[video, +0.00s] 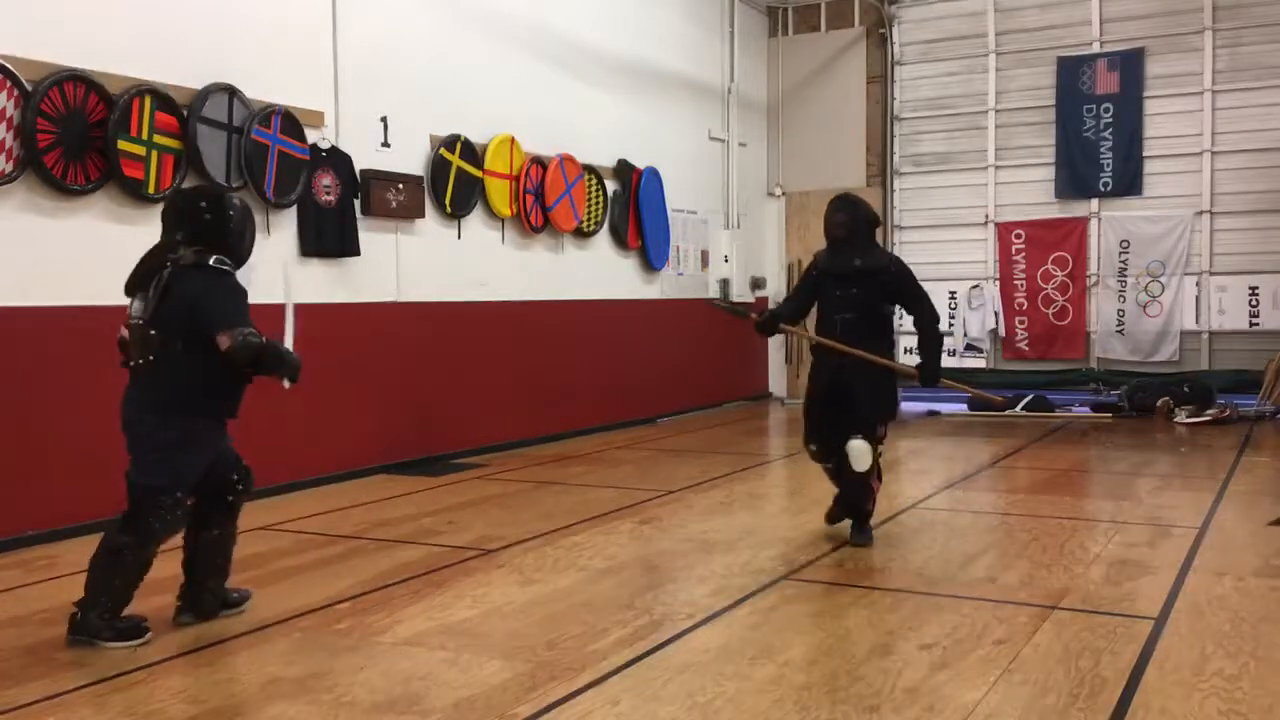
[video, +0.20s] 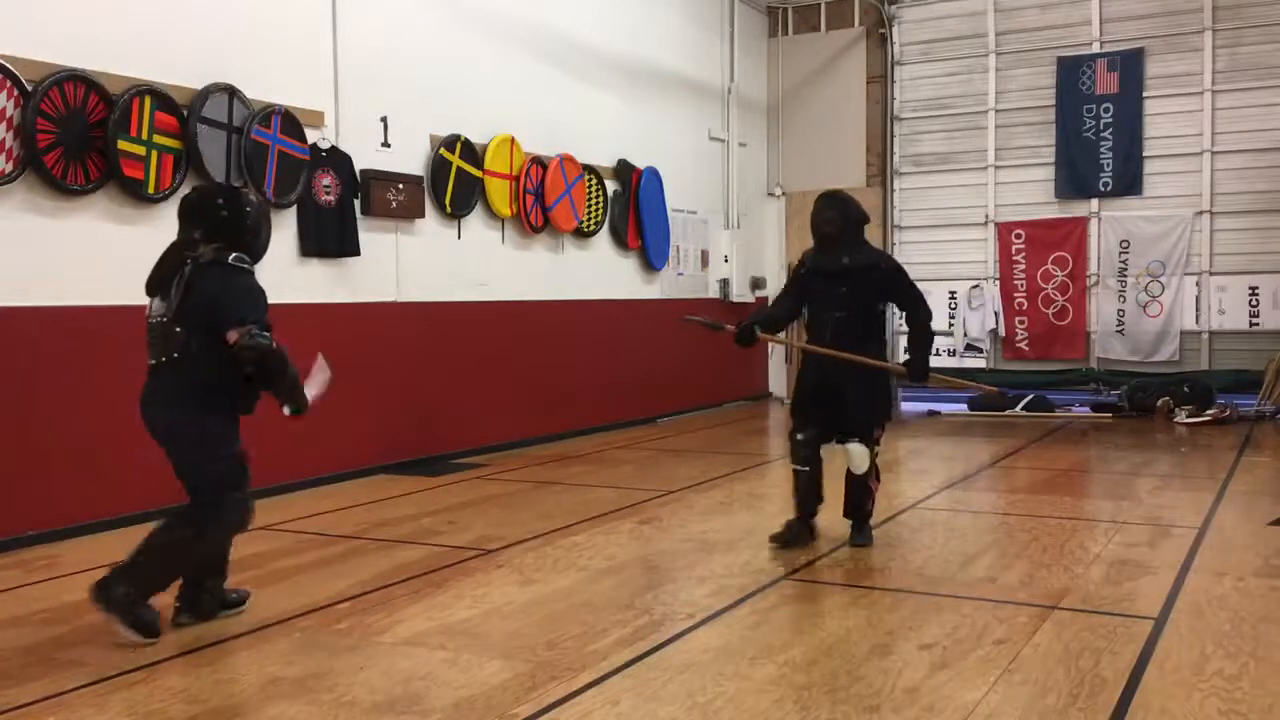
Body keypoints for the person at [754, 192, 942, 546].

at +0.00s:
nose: (831, 222)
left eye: (839, 215)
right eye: (830, 216)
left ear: (859, 221)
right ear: (827, 221)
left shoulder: (886, 266)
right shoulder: (823, 263)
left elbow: (925, 313)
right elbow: (799, 300)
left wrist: (929, 363)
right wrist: (774, 317)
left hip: (871, 366)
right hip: (827, 365)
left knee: (861, 443)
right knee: (819, 443)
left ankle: (861, 521)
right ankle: (850, 490)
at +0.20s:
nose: (823, 226)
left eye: (830, 218)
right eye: (819, 219)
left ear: (848, 221)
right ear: (813, 222)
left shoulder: (877, 265)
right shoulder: (810, 265)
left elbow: (917, 310)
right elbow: (787, 305)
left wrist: (918, 359)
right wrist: (757, 324)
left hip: (863, 370)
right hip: (817, 368)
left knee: (859, 446)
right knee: (803, 441)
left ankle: (860, 523)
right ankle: (804, 521)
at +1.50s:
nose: (772, 235)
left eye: (780, 226)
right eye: (764, 227)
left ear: (798, 227)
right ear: (754, 229)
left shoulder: (825, 271)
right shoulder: (747, 272)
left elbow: (868, 314)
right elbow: (724, 317)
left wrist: (886, 363)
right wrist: (707, 355)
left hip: (811, 386)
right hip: (759, 386)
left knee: (821, 478)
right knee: (753, 470)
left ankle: (807, 537)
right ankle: (747, 555)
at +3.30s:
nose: (765, 236)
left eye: (774, 226)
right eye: (755, 227)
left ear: (795, 226)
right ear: (744, 229)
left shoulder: (820, 270)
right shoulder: (735, 273)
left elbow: (867, 318)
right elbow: (723, 326)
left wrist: (864, 383)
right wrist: (731, 354)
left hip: (807, 397)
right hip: (754, 397)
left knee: (805, 495)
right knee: (771, 493)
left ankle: (787, 565)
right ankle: (762, 600)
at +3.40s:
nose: (767, 248)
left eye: (776, 239)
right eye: (758, 240)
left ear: (795, 240)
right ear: (746, 245)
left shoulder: (821, 283)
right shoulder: (741, 286)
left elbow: (846, 342)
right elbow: (730, 339)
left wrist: (805, 360)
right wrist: (757, 354)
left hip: (807, 403)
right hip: (758, 405)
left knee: (807, 491)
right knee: (787, 503)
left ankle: (784, 553)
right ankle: (767, 606)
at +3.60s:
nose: (780, 247)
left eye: (790, 237)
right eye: (771, 237)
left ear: (809, 242)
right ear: (758, 243)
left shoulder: (827, 287)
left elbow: (861, 357)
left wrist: (831, 358)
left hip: (816, 409)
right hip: (765, 413)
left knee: (833, 502)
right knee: (798, 508)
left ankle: (796, 552)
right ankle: (768, 606)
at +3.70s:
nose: (786, 236)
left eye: (796, 227)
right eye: (778, 227)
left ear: (813, 233)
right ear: (763, 231)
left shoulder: (827, 279)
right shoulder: (745, 281)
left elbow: (869, 335)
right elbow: (730, 339)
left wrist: (871, 379)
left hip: (821, 400)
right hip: (769, 404)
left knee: (843, 484)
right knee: (798, 501)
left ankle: (820, 552)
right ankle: (769, 606)